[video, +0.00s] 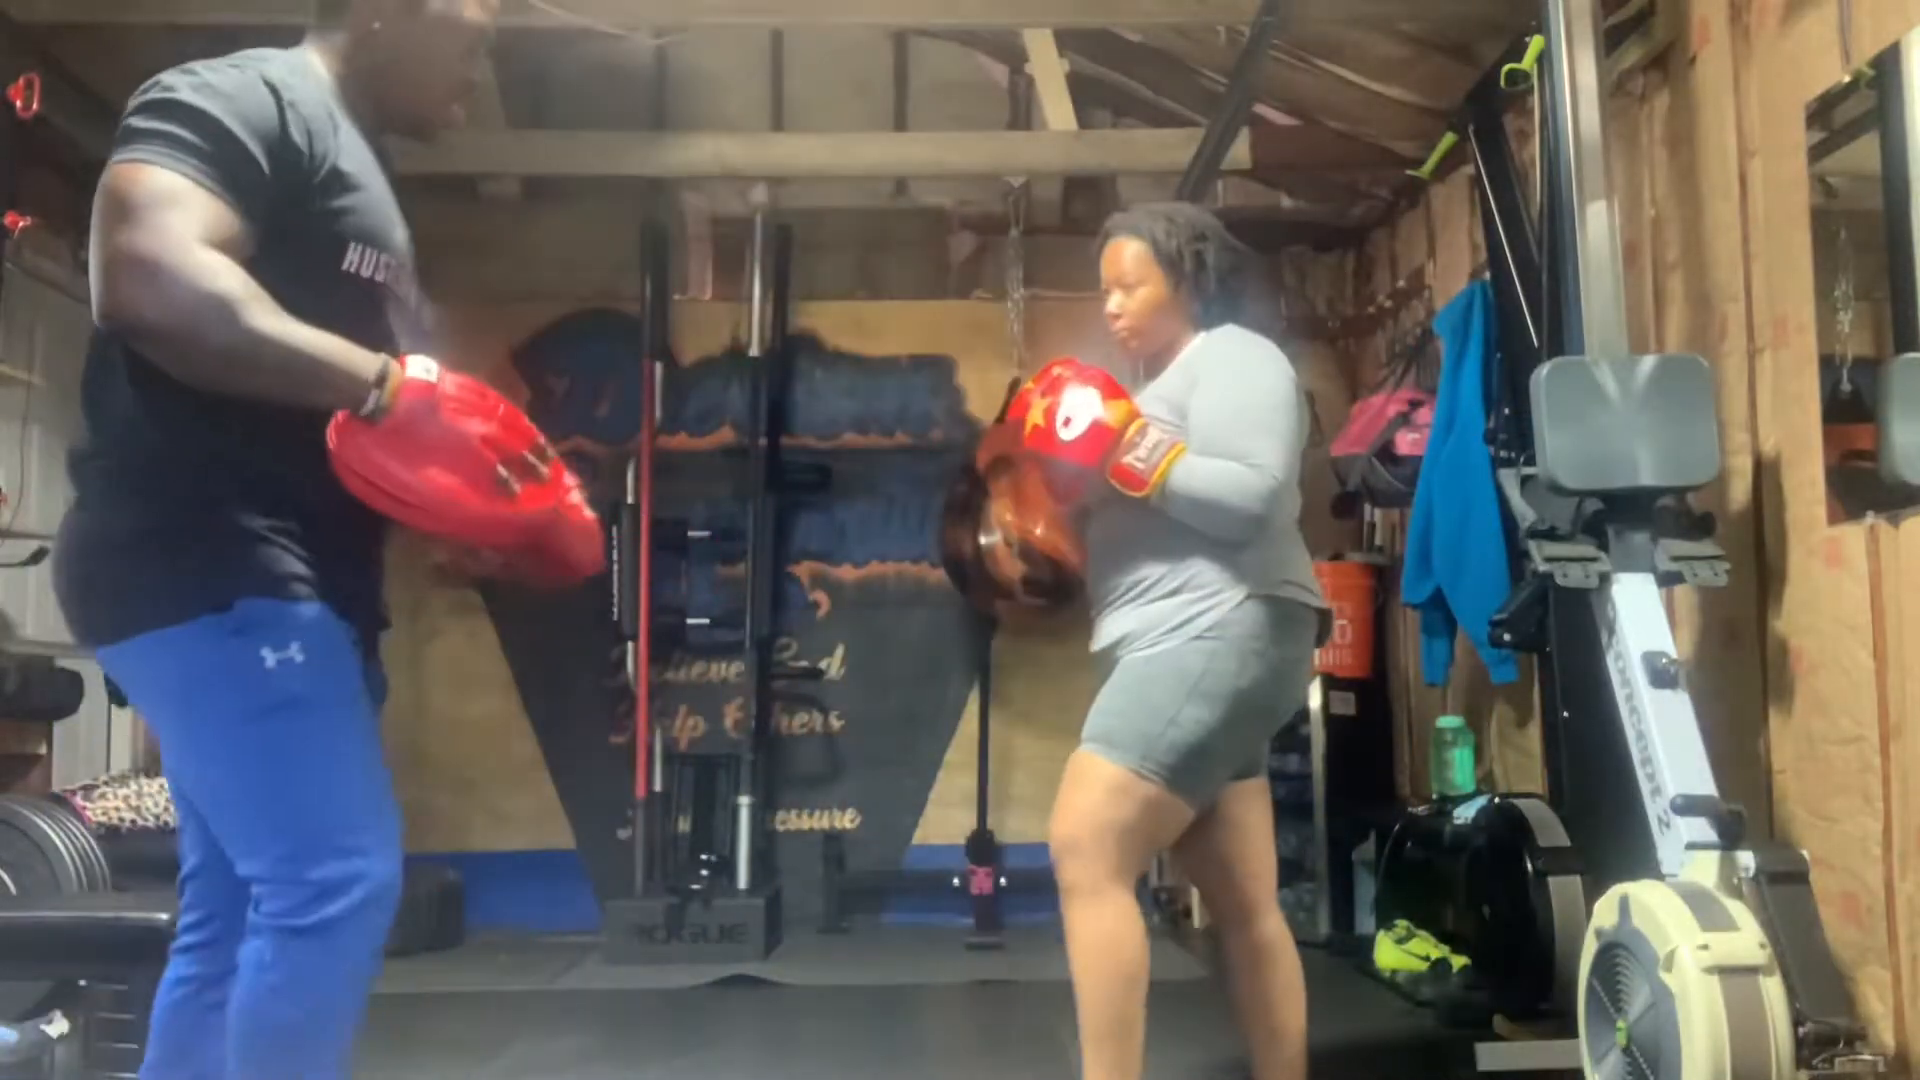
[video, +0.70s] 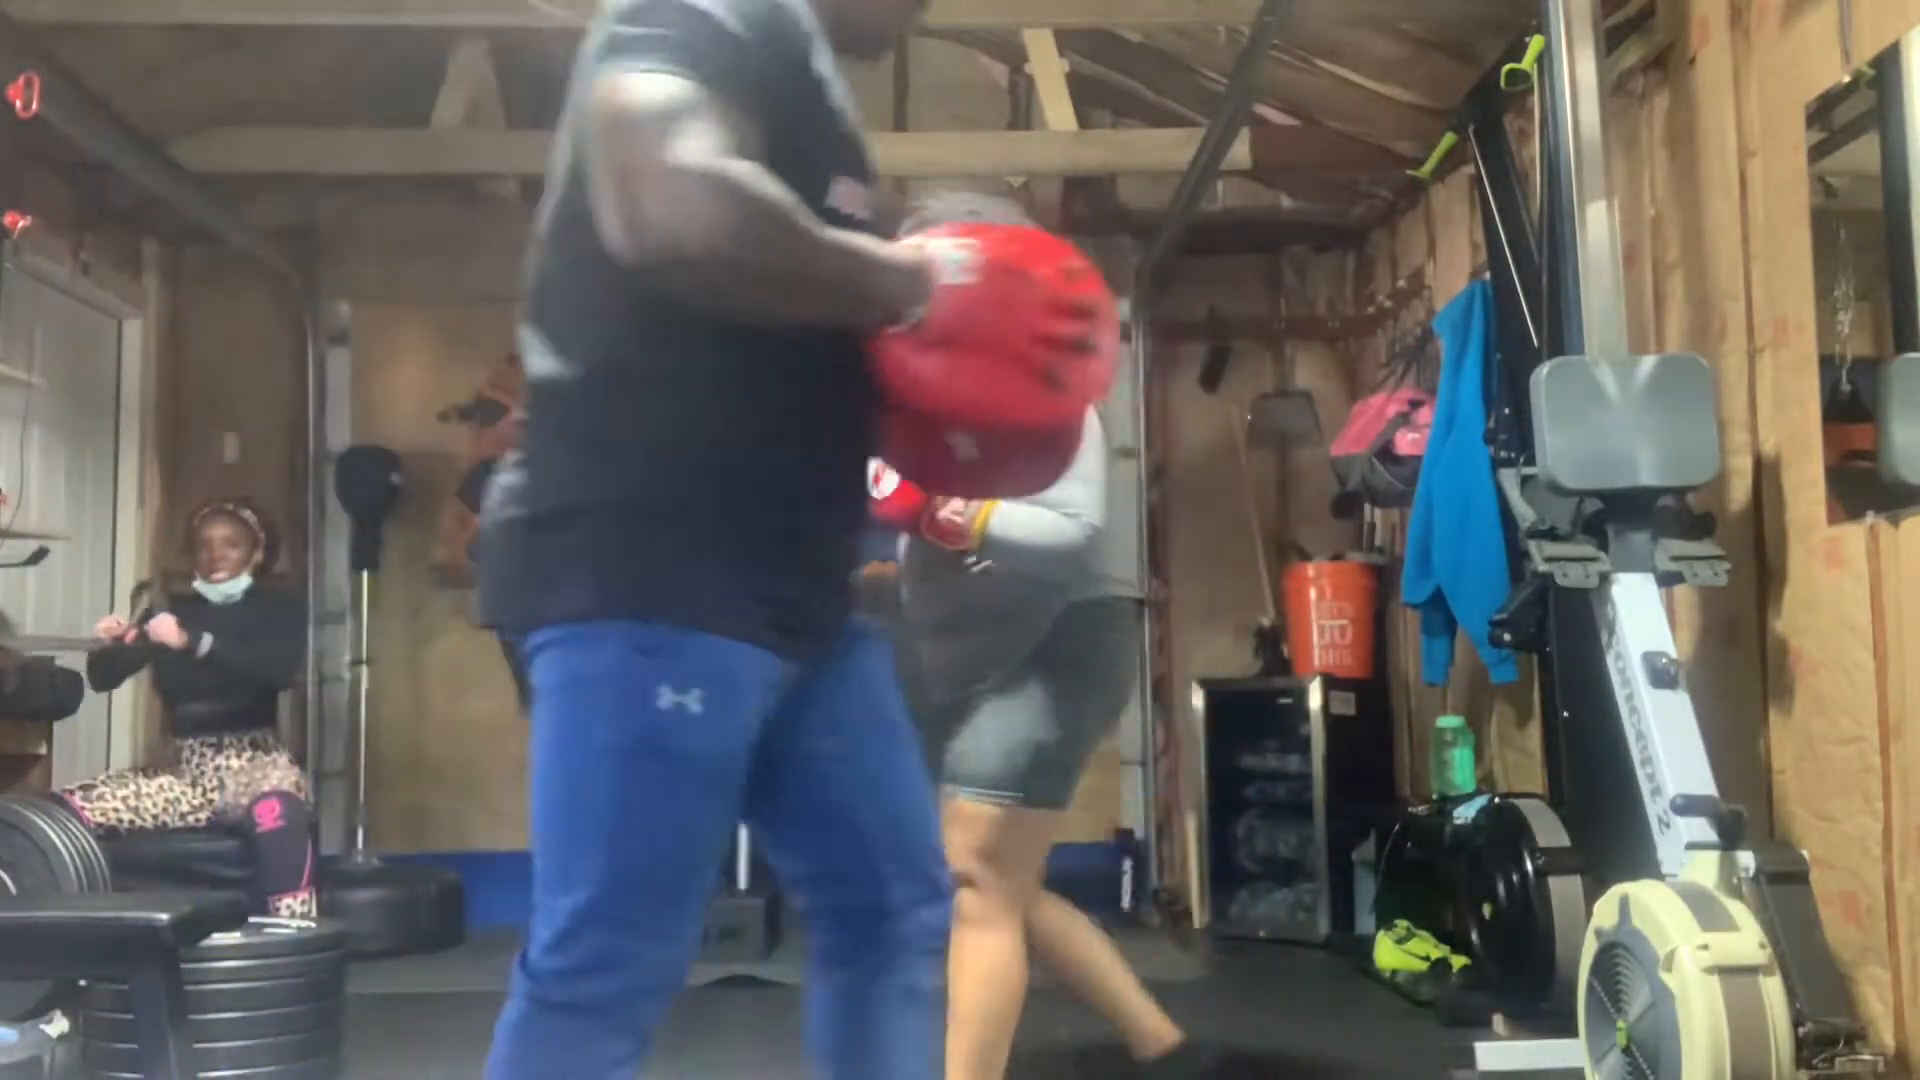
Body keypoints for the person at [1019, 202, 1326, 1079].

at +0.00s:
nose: (1109, 308)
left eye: (1124, 288)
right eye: (1105, 291)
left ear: (1185, 284)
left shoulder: (1240, 357)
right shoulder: (1138, 398)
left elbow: (1249, 499)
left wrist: (1121, 443)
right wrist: (1052, 489)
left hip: (1226, 621)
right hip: (1171, 633)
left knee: (1089, 851)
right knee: (1245, 913)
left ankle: (1108, 1075)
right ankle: (1283, 1074)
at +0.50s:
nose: (991, 316)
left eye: (1012, 298)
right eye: (986, 298)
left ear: (1073, 300)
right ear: (981, 302)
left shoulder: (1115, 391)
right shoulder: (1012, 406)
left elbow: (1143, 537)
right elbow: (997, 559)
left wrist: (1011, 503)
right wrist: (912, 521)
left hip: (1119, 652)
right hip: (1054, 658)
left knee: (1004, 882)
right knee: (1181, 910)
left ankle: (974, 1073)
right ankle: (1267, 1072)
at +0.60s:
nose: (956, 318)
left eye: (977, 299)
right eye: (949, 297)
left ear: (1034, 301)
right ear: (937, 291)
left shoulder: (1063, 385)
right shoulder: (991, 394)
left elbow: (1101, 536)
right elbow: (978, 551)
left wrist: (985, 518)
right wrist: (862, 580)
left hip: (1083, 640)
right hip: (1048, 641)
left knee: (994, 885)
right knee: (1102, 905)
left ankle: (973, 1076)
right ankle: (1244, 1071)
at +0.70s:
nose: (939, 296)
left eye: (957, 275)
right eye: (927, 276)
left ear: (1009, 277)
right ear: (919, 288)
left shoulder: (1053, 381)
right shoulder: (929, 388)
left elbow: (1073, 521)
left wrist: (958, 514)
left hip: (1056, 632)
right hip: (960, 635)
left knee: (971, 879)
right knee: (1003, 882)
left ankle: (965, 1074)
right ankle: (1160, 1040)